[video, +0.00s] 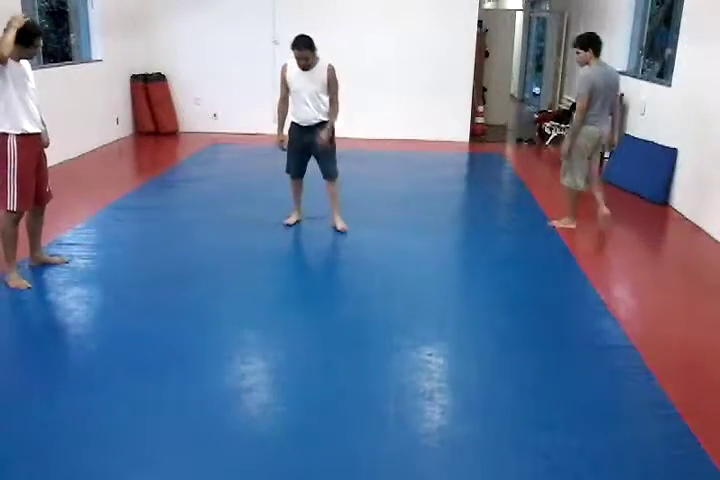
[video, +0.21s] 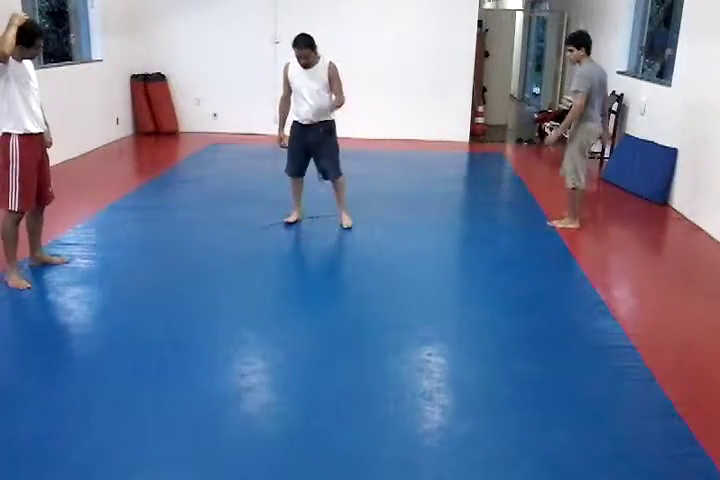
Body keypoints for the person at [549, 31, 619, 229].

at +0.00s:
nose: (576, 57)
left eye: (578, 53)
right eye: (575, 53)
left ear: (589, 52)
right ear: (593, 52)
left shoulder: (587, 75)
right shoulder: (612, 74)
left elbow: (580, 111)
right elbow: (615, 107)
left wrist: (568, 139)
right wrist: (613, 134)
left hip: (585, 129)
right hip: (602, 129)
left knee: (572, 173)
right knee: (593, 173)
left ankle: (570, 217)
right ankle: (602, 206)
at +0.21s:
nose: (567, 55)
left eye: (570, 51)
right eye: (567, 51)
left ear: (581, 50)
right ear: (584, 51)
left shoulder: (584, 71)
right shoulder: (599, 70)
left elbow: (578, 106)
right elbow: (604, 102)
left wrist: (559, 130)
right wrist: (604, 127)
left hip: (584, 125)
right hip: (595, 125)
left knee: (572, 168)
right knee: (577, 167)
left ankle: (572, 217)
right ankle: (575, 213)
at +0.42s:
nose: (566, 55)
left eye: (569, 50)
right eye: (566, 50)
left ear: (581, 50)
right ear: (575, 51)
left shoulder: (589, 73)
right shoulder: (578, 70)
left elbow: (590, 106)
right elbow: (578, 103)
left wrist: (573, 129)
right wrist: (568, 125)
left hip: (585, 126)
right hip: (577, 124)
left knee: (575, 170)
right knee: (570, 168)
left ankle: (574, 217)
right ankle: (570, 212)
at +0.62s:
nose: (570, 57)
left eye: (574, 53)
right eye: (567, 52)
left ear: (585, 51)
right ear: (565, 51)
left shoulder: (594, 72)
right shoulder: (571, 69)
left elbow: (601, 103)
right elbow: (566, 98)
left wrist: (603, 132)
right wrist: (551, 117)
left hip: (590, 123)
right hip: (574, 122)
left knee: (581, 170)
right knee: (570, 169)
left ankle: (575, 216)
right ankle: (570, 211)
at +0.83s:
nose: (575, 59)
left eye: (579, 55)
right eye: (573, 55)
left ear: (589, 53)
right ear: (571, 53)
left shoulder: (600, 75)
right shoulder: (572, 71)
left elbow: (609, 107)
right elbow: (565, 99)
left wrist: (616, 137)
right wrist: (543, 116)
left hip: (593, 126)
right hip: (573, 125)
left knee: (587, 177)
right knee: (572, 174)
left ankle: (586, 219)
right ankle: (572, 210)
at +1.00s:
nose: (583, 61)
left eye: (587, 57)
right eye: (580, 56)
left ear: (596, 54)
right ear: (578, 54)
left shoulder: (607, 77)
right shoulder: (577, 75)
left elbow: (613, 108)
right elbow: (570, 103)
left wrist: (611, 136)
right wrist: (559, 124)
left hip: (596, 128)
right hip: (576, 127)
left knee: (591, 179)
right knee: (570, 173)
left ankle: (587, 220)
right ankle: (571, 209)